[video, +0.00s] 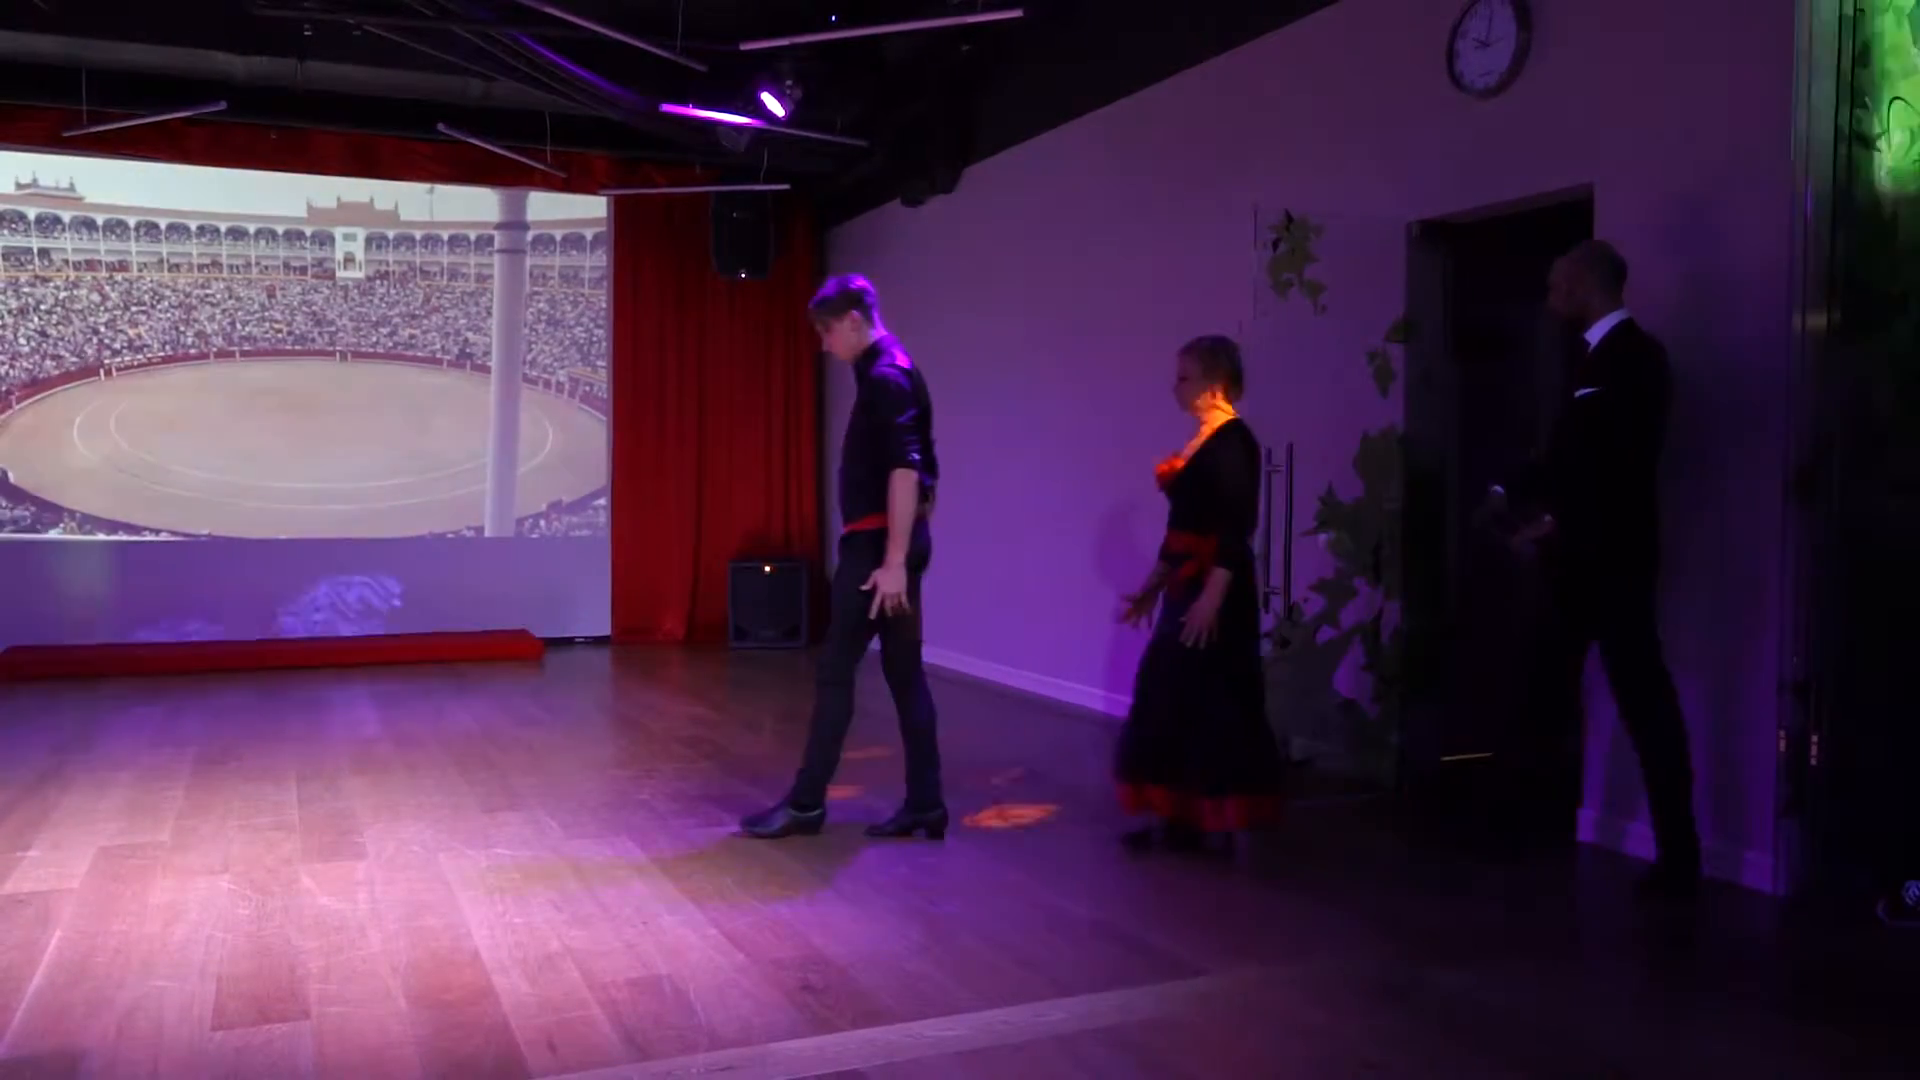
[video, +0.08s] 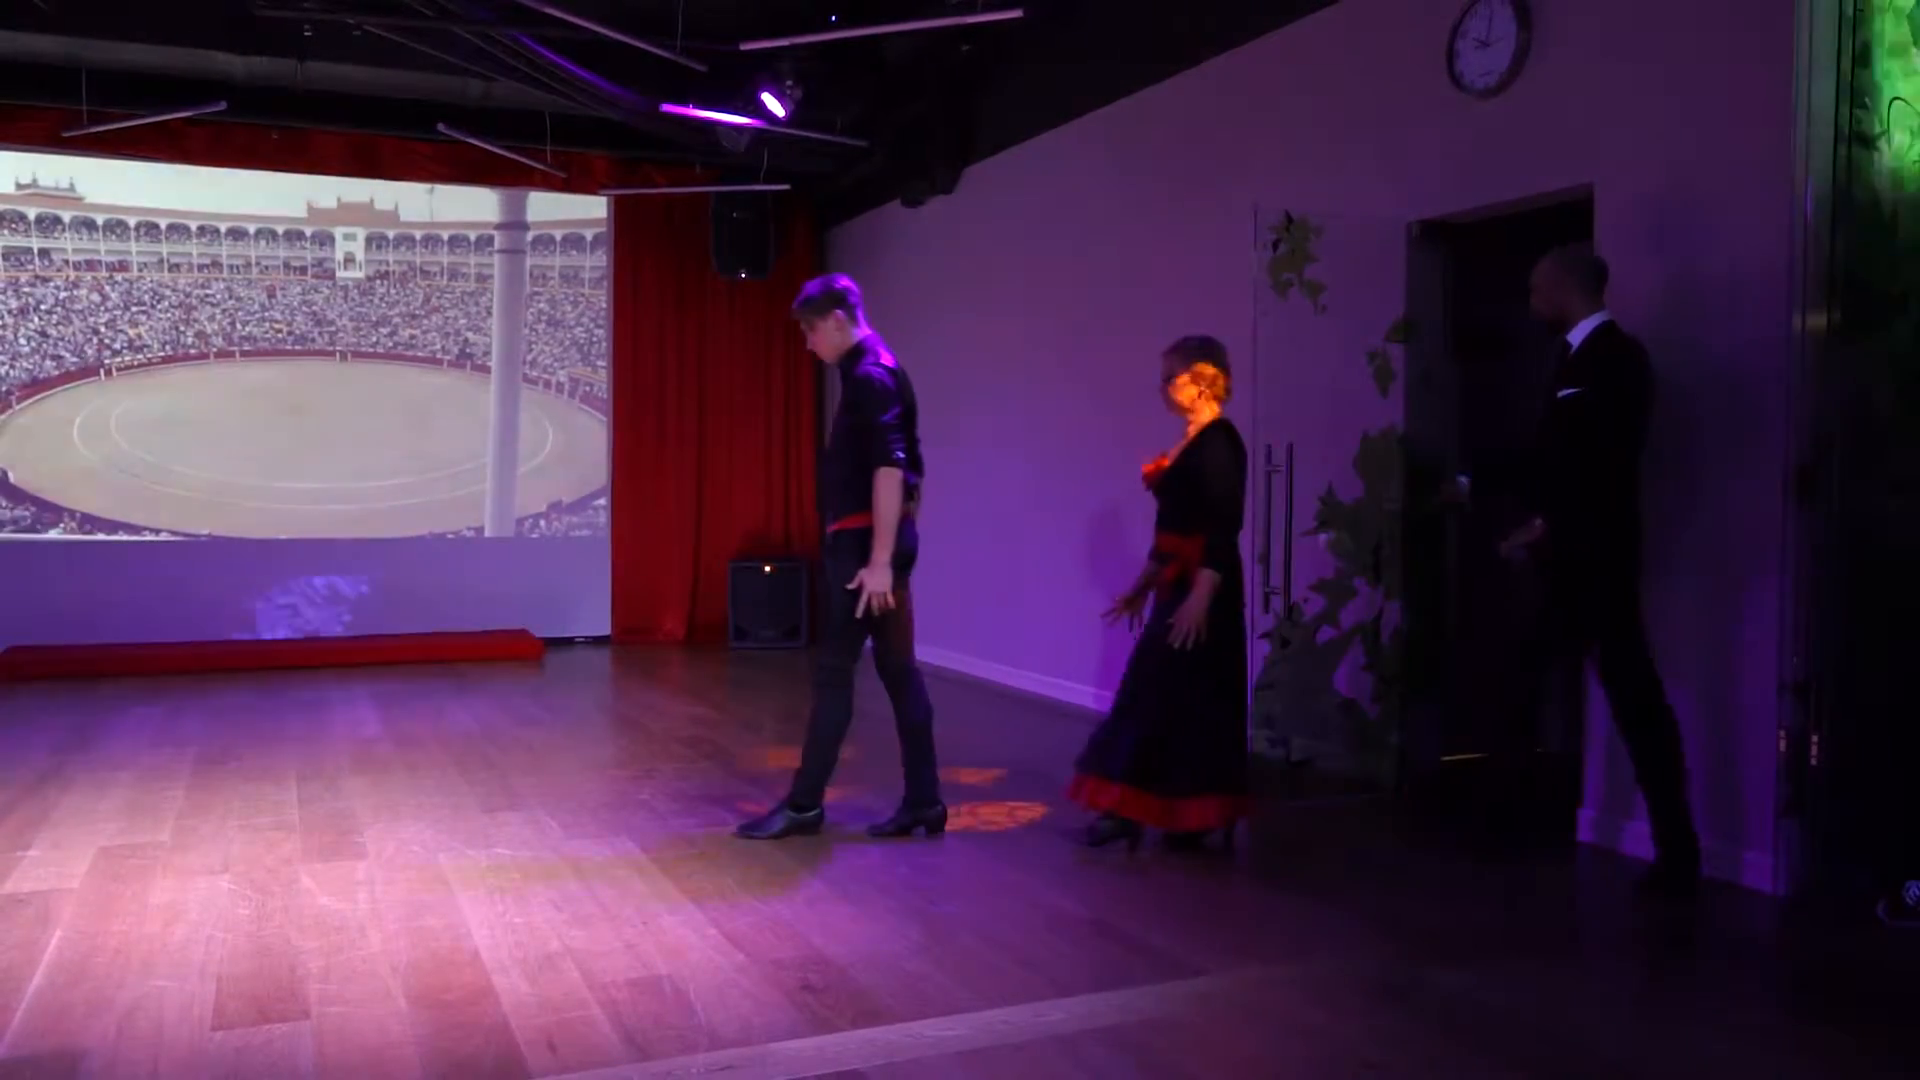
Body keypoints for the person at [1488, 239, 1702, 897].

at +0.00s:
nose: (1553, 294)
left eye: (1561, 282)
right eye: (1555, 282)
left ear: (1592, 285)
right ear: (1603, 286)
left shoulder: (1625, 358)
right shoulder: (1600, 353)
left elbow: (1597, 462)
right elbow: (1578, 456)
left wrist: (1543, 509)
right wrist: (1542, 510)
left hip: (1610, 553)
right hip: (1590, 550)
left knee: (1644, 700)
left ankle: (1677, 852)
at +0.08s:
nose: (1534, 301)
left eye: (1541, 288)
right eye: (1535, 289)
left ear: (1570, 288)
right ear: (1584, 287)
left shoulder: (1598, 361)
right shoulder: (1601, 356)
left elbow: (1585, 470)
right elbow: (1584, 469)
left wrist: (1547, 525)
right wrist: (1546, 525)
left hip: (1595, 552)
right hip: (1590, 549)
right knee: (1634, 695)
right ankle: (1675, 847)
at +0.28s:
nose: (1483, 304)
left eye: (1490, 292)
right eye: (1484, 292)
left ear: (1520, 292)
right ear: (1526, 293)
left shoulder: (1562, 356)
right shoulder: (1537, 356)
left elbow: (1560, 466)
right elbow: (1545, 464)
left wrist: (1525, 539)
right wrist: (1518, 535)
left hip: (1567, 547)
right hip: (1553, 545)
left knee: (1598, 690)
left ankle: (1656, 842)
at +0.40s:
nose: (1460, 308)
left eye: (1465, 294)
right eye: (1460, 295)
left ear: (1492, 292)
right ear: (1497, 291)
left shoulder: (1547, 352)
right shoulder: (1498, 358)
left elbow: (1552, 459)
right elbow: (1445, 424)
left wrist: (1523, 537)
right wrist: (1356, 442)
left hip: (1556, 545)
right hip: (1516, 544)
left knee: (1580, 689)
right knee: (1503, 683)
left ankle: (1620, 838)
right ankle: (1504, 822)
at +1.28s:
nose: (1433, 305)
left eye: (1439, 290)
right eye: (1433, 292)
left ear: (1464, 288)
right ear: (1468, 286)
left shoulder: (1511, 351)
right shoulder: (1479, 352)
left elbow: (1513, 455)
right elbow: (1459, 451)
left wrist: (1511, 539)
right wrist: (1369, 456)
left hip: (1518, 558)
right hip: (1493, 555)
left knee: (1510, 695)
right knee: (1494, 693)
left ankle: (1521, 835)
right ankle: (1499, 828)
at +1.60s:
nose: (1459, 308)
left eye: (1460, 296)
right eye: (1460, 296)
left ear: (1473, 294)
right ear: (1506, 290)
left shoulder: (1511, 356)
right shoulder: (1527, 349)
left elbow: (1507, 463)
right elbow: (1508, 460)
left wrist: (1494, 548)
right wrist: (1444, 465)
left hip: (1521, 554)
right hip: (1530, 546)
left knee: (1511, 693)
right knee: (1521, 691)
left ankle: (1518, 830)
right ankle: (1524, 827)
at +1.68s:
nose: (1481, 310)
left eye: (1483, 299)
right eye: (1483, 298)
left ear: (1494, 299)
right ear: (1532, 290)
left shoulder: (1525, 357)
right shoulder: (1560, 349)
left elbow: (1523, 468)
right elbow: (1534, 463)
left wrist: (1502, 552)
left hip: (1540, 552)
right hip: (1567, 545)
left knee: (1535, 693)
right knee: (1562, 692)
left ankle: (1542, 833)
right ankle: (1570, 833)